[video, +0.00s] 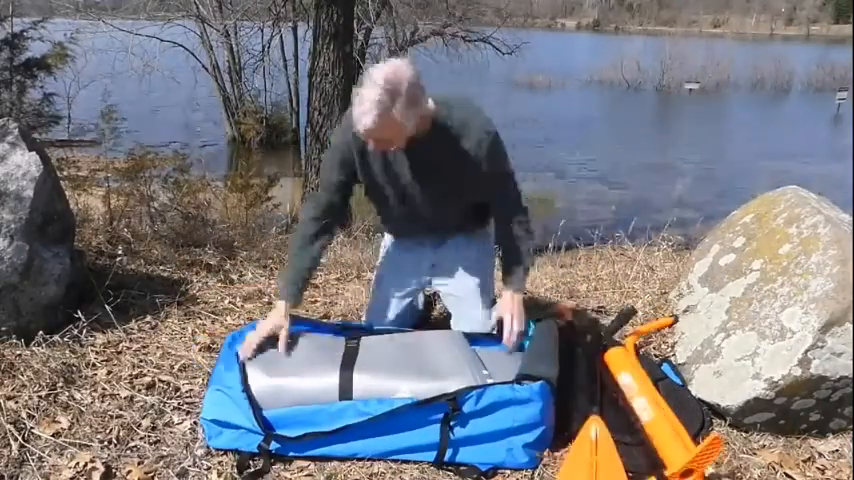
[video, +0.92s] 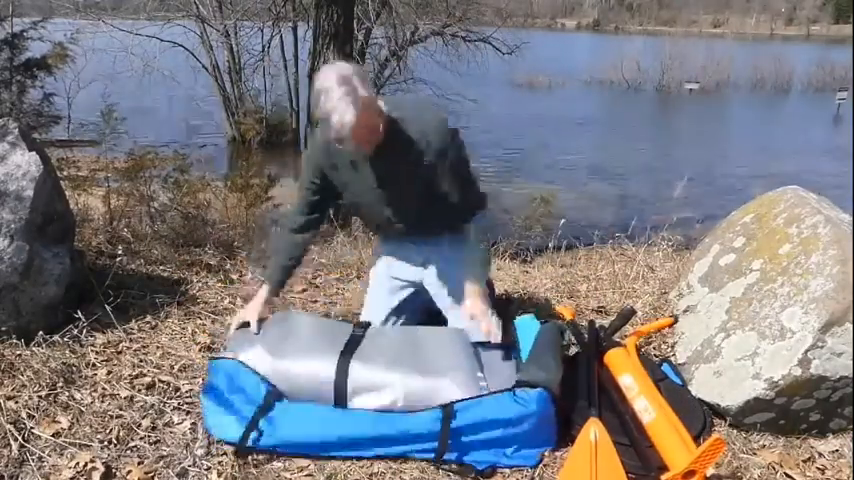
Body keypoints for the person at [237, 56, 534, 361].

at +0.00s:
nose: (378, 148)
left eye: (386, 140)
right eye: (370, 139)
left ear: (419, 118)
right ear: (362, 117)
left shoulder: (473, 134)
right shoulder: (353, 136)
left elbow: (511, 214)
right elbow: (318, 217)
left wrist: (514, 290)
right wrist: (283, 305)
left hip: (467, 243)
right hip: (401, 245)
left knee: (475, 350)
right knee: (380, 346)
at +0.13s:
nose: (352, 156)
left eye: (363, 147)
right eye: (346, 146)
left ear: (400, 122)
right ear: (340, 127)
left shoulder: (457, 135)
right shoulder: (340, 148)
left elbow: (493, 227)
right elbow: (299, 223)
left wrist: (491, 310)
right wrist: (251, 307)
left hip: (463, 243)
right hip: (400, 245)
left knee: (479, 349)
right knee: (377, 344)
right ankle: (425, 306)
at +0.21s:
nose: (362, 145)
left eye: (374, 137)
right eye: (357, 133)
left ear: (411, 120)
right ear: (353, 118)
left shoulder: (468, 139)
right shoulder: (347, 144)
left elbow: (502, 231)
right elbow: (305, 214)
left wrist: (503, 321)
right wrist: (255, 283)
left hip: (467, 243)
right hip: (401, 246)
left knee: (484, 351)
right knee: (374, 342)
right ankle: (426, 310)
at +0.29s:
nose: (340, 127)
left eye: (351, 118)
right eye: (336, 116)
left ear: (386, 104)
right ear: (332, 106)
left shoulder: (448, 130)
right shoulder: (337, 141)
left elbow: (455, 234)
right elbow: (305, 195)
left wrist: (379, 273)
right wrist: (266, 248)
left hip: (457, 238)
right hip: (397, 242)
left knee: (474, 337)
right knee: (373, 330)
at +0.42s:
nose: (286, 126)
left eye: (292, 114)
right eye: (282, 116)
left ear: (324, 97)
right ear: (320, 99)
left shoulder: (391, 126)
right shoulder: (314, 140)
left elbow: (349, 220)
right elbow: (306, 202)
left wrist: (266, 278)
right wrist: (261, 262)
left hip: (449, 234)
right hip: (393, 241)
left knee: (466, 344)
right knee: (376, 341)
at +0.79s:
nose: (279, 138)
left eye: (280, 126)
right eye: (274, 130)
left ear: (309, 109)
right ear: (306, 111)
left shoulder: (380, 125)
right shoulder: (303, 146)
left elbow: (372, 224)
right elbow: (283, 210)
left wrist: (289, 274)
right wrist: (245, 265)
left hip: (445, 233)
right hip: (388, 240)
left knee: (463, 347)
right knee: (383, 349)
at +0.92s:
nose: (357, 145)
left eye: (359, 132)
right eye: (345, 138)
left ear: (375, 109)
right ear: (331, 126)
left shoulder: (430, 132)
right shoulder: (324, 149)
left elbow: (473, 217)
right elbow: (298, 224)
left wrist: (475, 290)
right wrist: (262, 297)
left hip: (455, 244)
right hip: (395, 250)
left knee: (482, 344)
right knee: (373, 345)